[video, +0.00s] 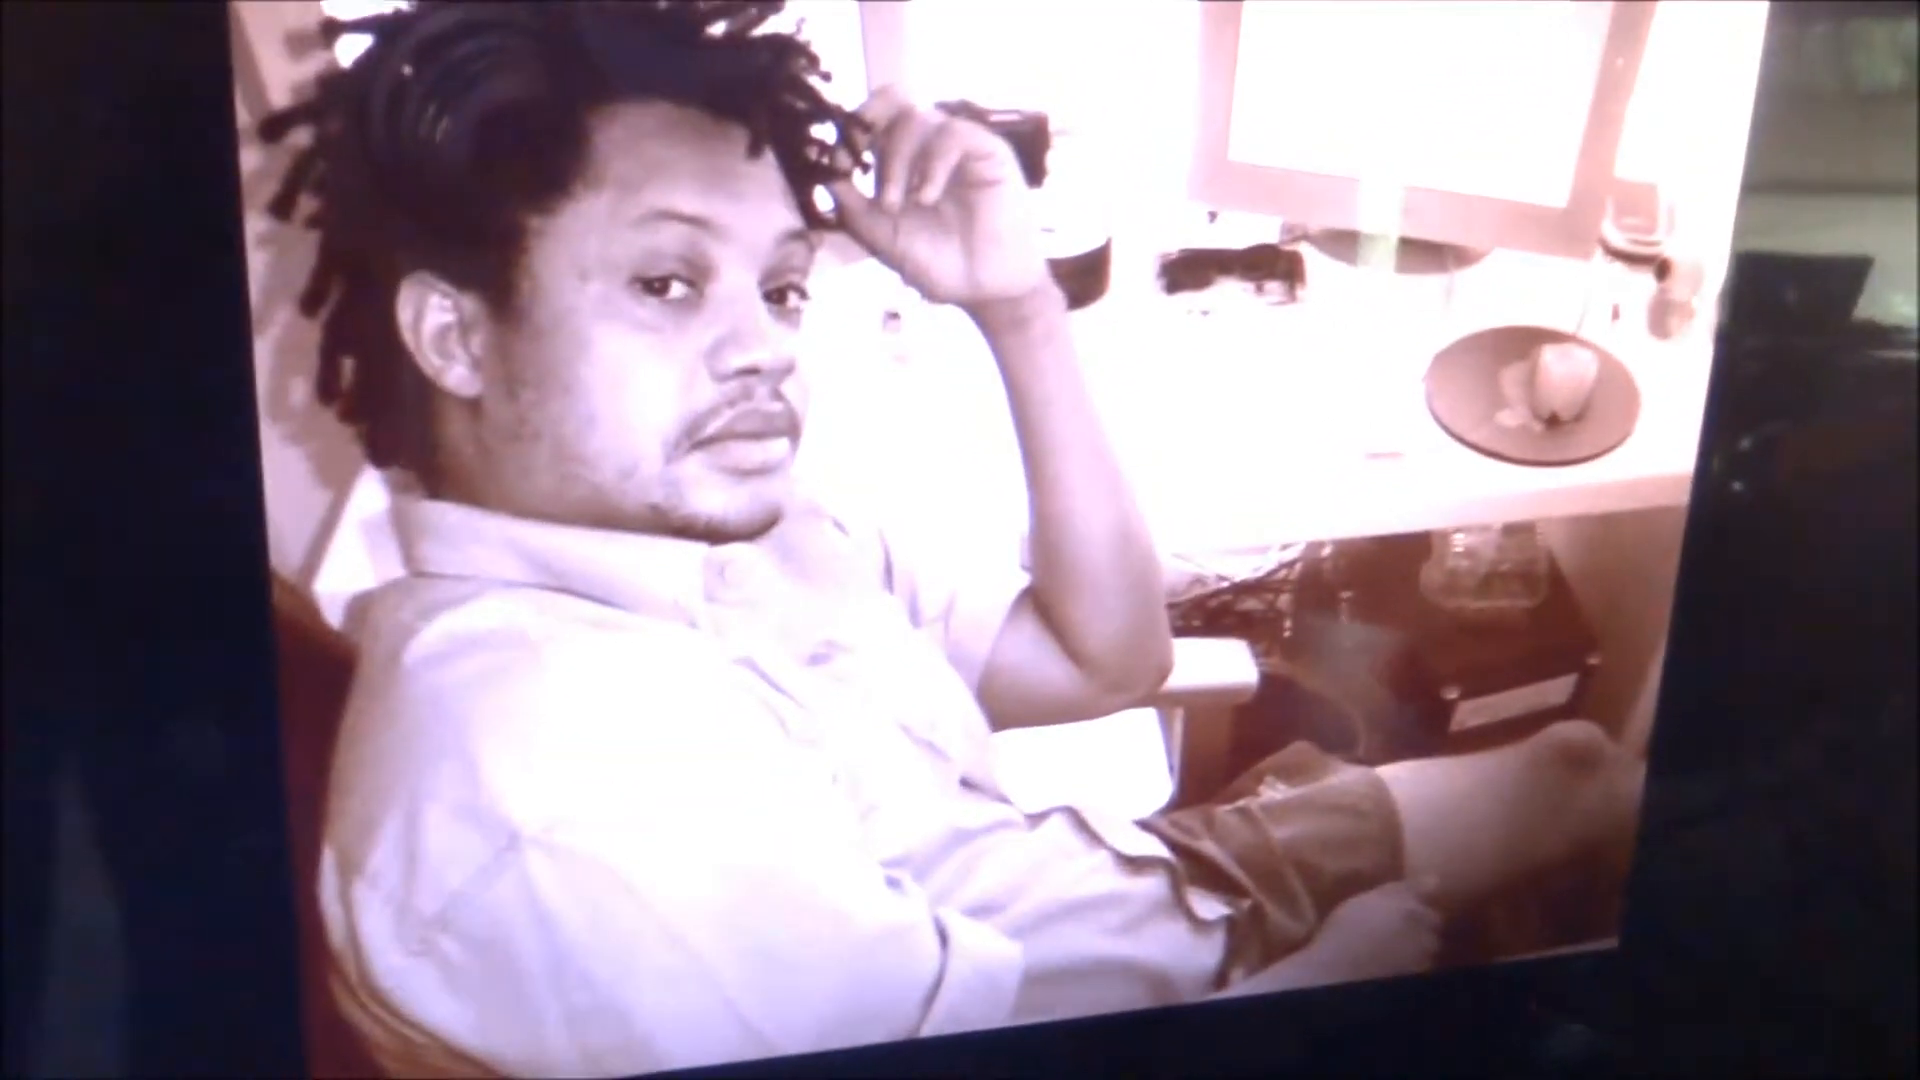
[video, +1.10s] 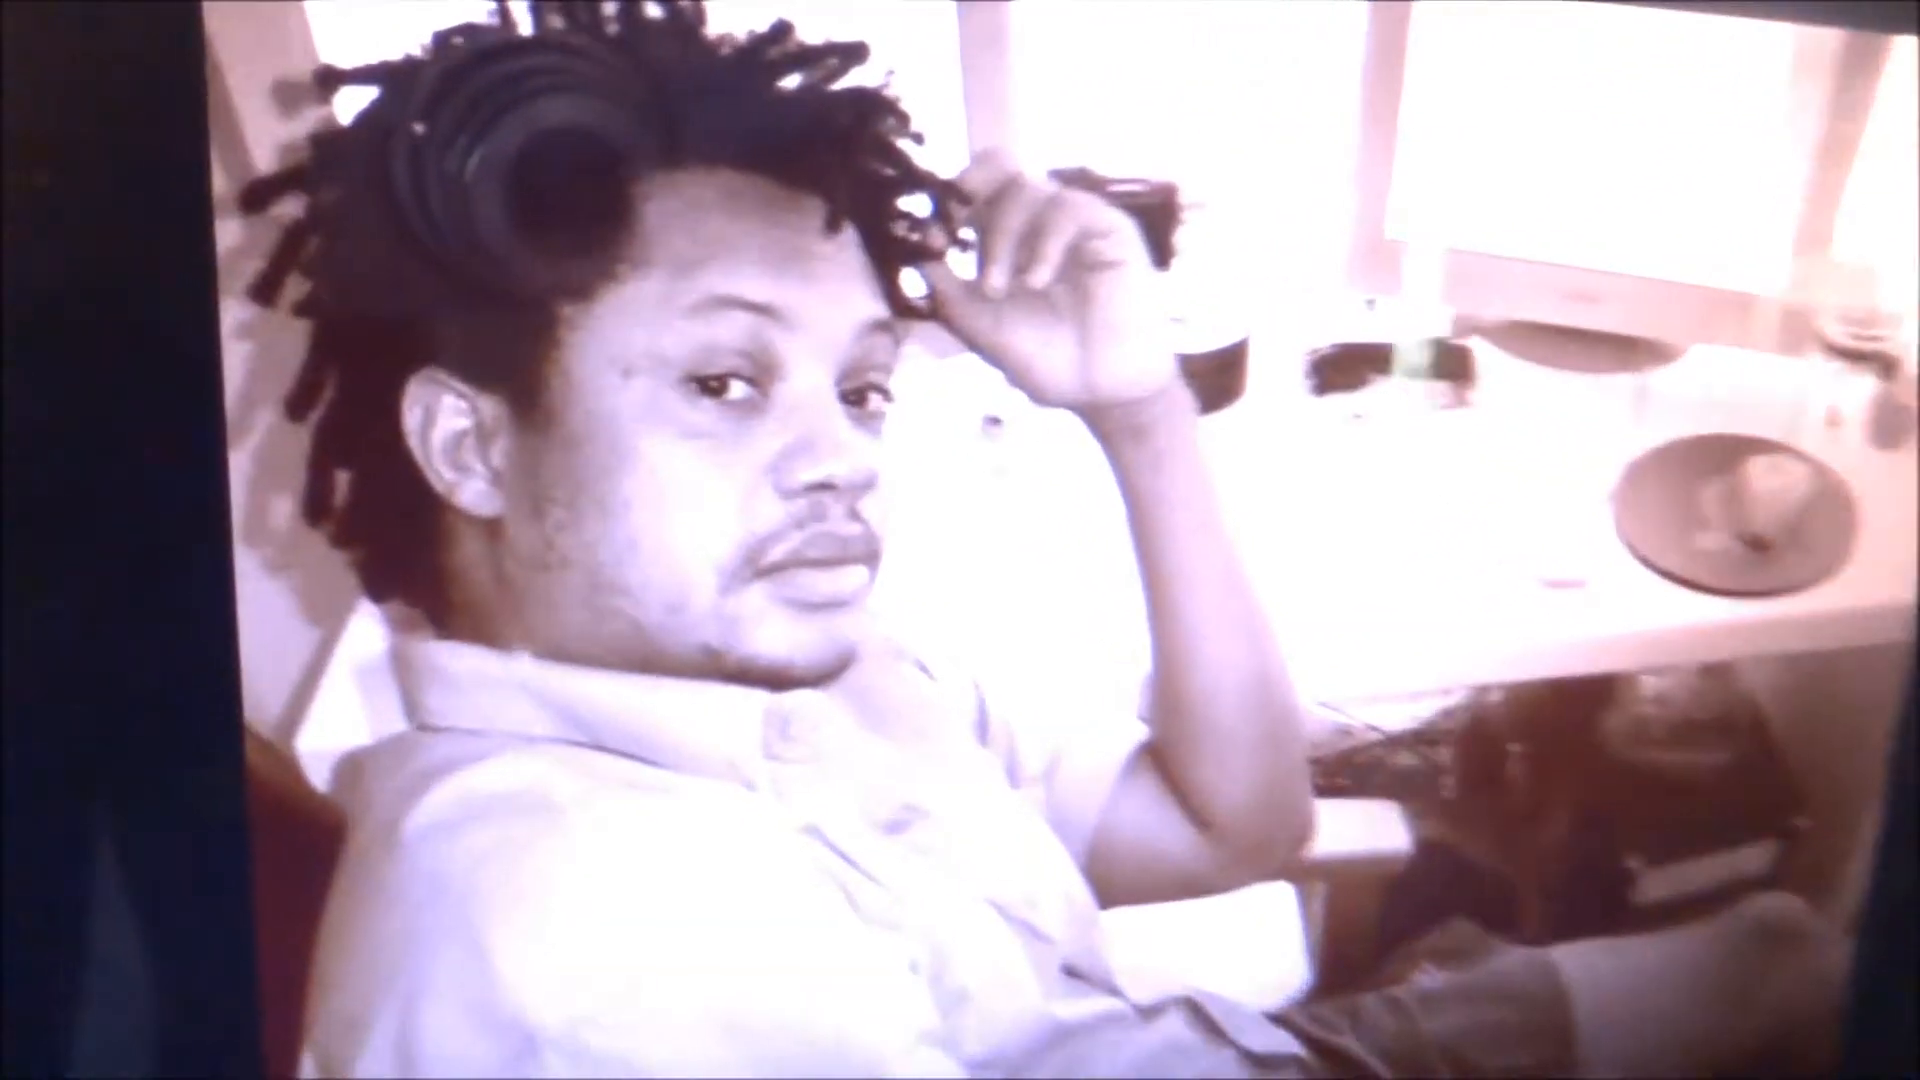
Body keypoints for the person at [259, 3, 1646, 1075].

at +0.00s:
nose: (764, 353)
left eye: (776, 294)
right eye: (665, 286)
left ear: (807, 302)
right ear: (451, 335)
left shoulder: (767, 556)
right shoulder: (500, 741)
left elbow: (1099, 658)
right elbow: (959, 1022)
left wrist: (1016, 306)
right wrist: (1356, 936)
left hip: (1200, 895)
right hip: (1157, 1018)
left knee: (1591, 765)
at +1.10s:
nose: (839, 470)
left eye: (855, 393)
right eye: (724, 386)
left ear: (893, 398)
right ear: (465, 449)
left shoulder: (851, 697)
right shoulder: (531, 903)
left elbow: (1237, 823)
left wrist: (1141, 410)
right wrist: (1514, 1034)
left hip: (1291, 1040)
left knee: (1793, 939)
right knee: (1810, 968)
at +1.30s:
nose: (959, 554)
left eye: (979, 475)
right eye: (825, 461)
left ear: (1014, 487)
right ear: (527, 538)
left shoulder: (989, 826)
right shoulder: (583, 1011)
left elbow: (1396, 962)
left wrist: (1295, 492)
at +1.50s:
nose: (1074, 588)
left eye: (1094, 497)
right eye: (916, 490)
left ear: (1138, 495)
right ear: (577, 574)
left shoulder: (1118, 880)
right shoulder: (632, 1040)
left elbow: (1545, 1041)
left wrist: (1445, 535)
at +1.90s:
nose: (1182, 601)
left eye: (1211, 495)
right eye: (1005, 480)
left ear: (1258, 503)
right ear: (598, 584)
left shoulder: (1250, 963)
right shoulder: (463, 1044)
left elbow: (1692, 1048)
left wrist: (1603, 523)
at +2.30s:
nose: (1095, 591)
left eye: (1125, 478)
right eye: (896, 461)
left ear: (1174, 487)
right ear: (446, 581)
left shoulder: (1182, 1000)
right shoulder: (227, 1042)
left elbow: (1649, 1052)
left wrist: (1549, 512)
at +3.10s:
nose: (939, 655)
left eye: (970, 563)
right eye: (797, 549)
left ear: (1009, 565)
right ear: (455, 631)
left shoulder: (1021, 963)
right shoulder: (392, 1034)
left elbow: (1399, 1054)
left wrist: (1311, 590)